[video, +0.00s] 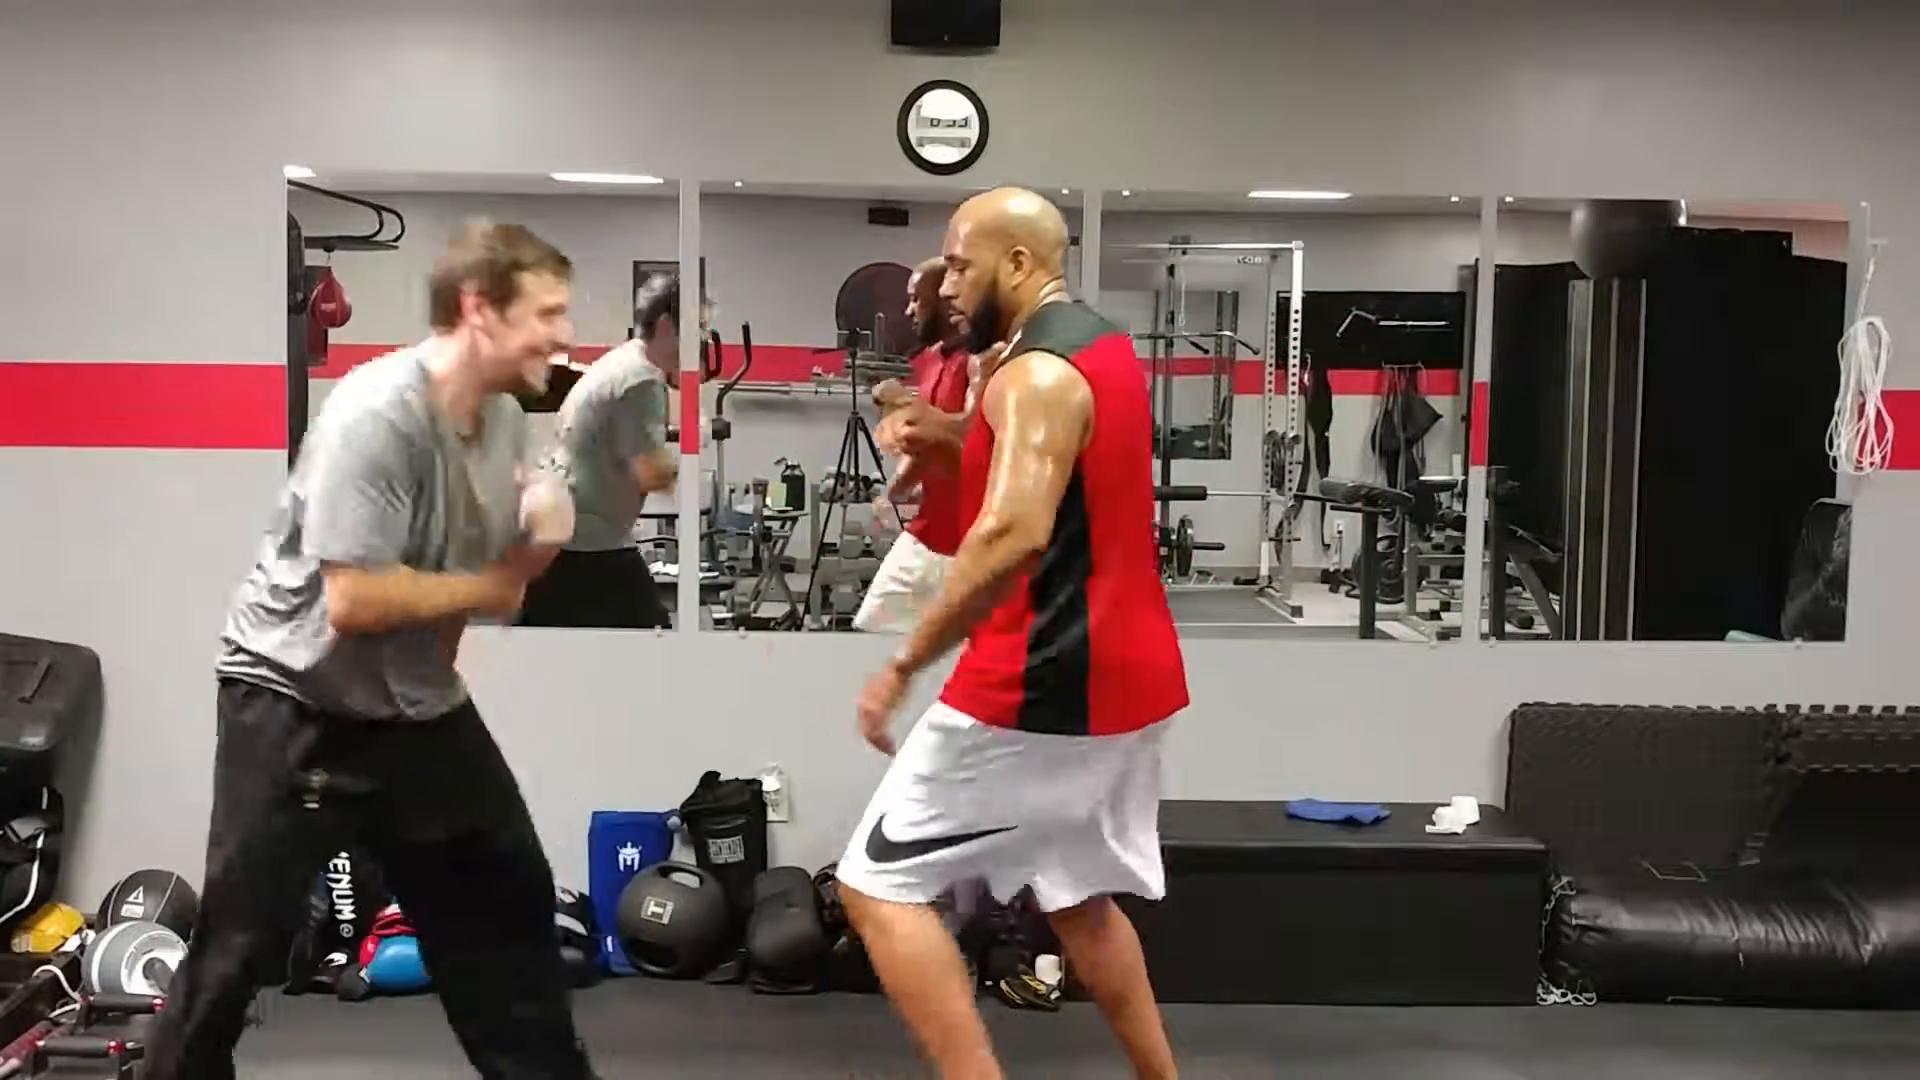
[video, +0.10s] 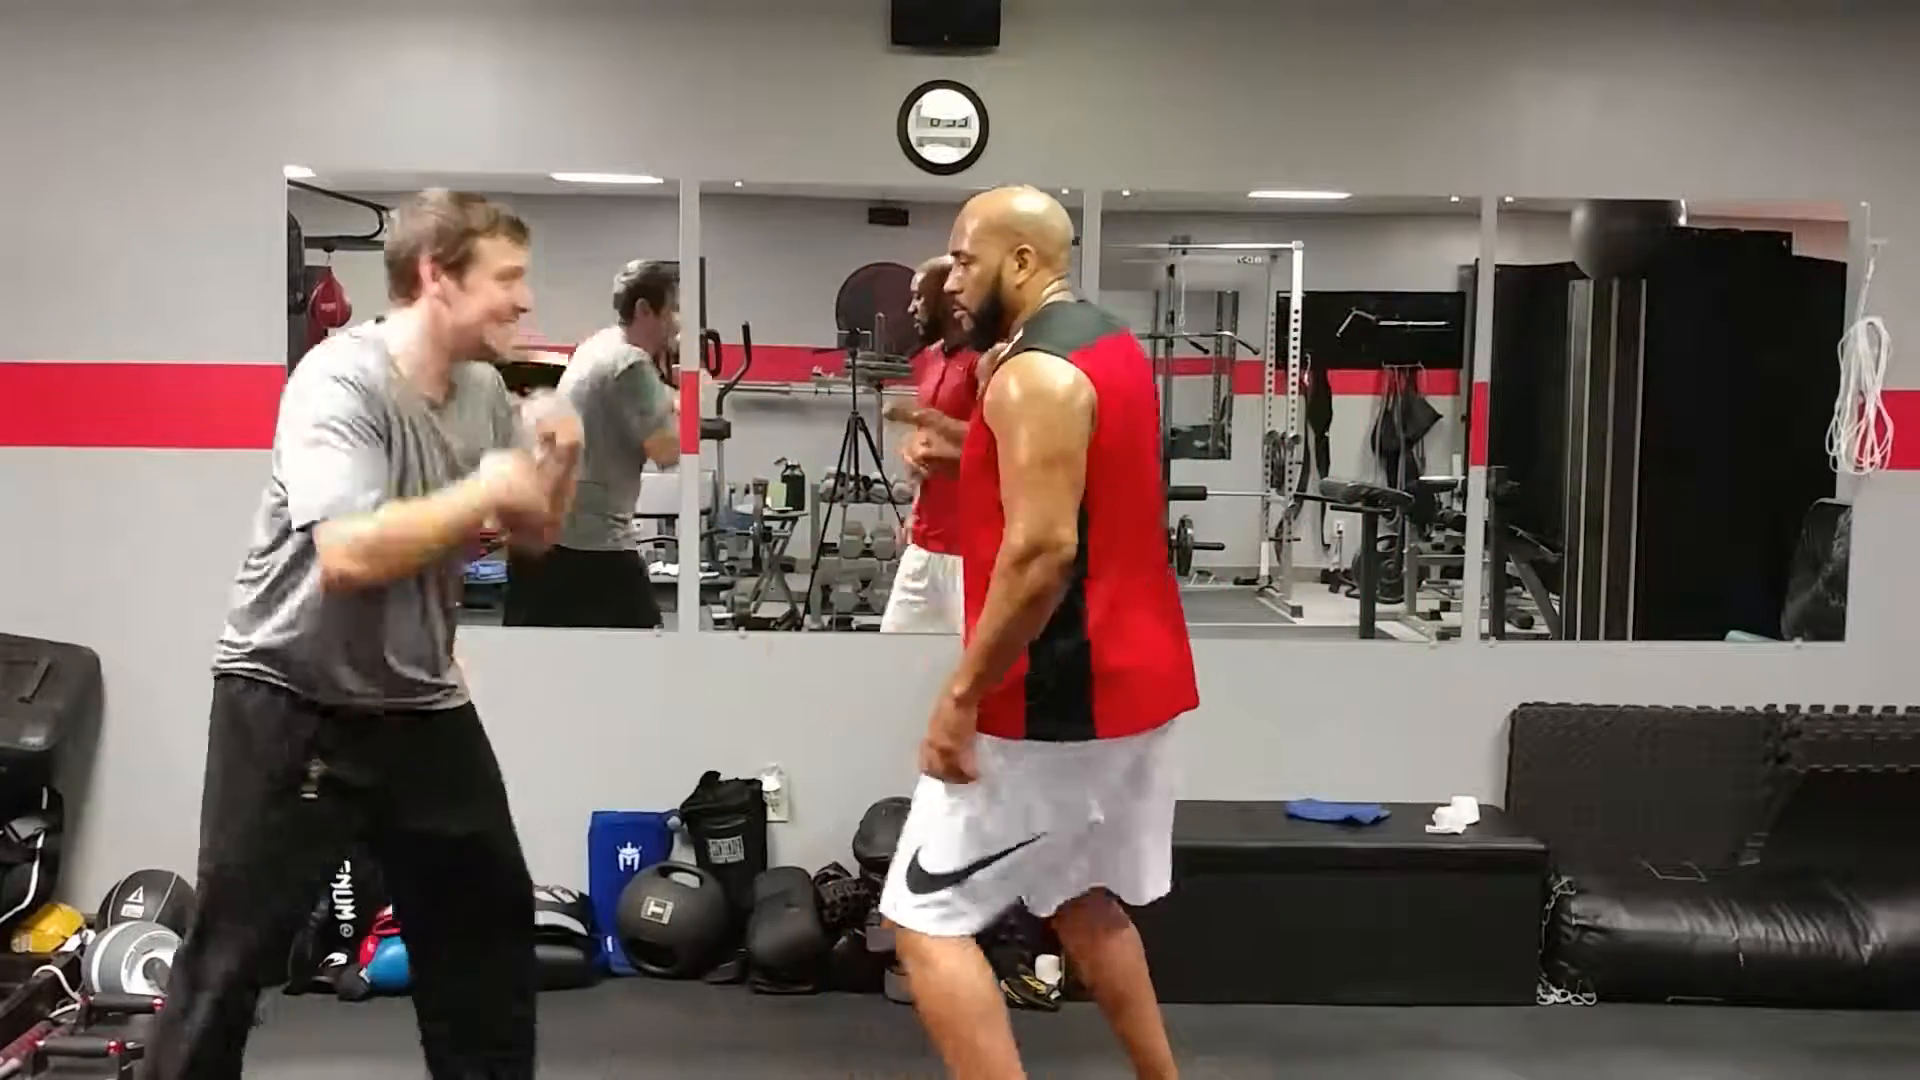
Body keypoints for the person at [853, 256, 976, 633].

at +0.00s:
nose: (909, 311)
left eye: (916, 299)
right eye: (909, 300)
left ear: (945, 300)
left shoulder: (970, 362)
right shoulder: (928, 360)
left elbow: (968, 433)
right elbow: (924, 442)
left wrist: (912, 406)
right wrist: (891, 494)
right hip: (924, 530)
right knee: (869, 633)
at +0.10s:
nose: (912, 308)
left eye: (919, 297)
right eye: (912, 298)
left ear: (951, 299)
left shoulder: (983, 362)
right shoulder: (924, 361)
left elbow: (994, 442)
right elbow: (914, 439)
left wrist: (923, 418)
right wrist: (913, 450)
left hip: (969, 546)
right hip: (924, 542)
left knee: (976, 666)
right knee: (895, 654)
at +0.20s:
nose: (907, 306)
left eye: (915, 296)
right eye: (908, 296)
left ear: (944, 301)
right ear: (935, 305)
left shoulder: (983, 361)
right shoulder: (927, 359)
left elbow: (990, 444)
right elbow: (928, 448)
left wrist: (920, 427)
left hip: (967, 544)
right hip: (928, 540)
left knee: (968, 669)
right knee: (910, 660)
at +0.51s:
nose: (933, 302)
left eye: (941, 290)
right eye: (935, 291)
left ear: (974, 291)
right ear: (971, 293)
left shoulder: (1006, 351)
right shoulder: (962, 352)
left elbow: (945, 416)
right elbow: (947, 431)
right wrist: (898, 455)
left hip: (1005, 540)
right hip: (955, 536)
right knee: (937, 661)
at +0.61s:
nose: (956, 302)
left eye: (966, 292)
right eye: (958, 292)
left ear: (997, 296)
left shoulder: (1025, 350)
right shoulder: (965, 352)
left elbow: (994, 417)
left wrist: (940, 391)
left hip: (1017, 545)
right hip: (960, 537)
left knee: (1026, 668)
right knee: (917, 651)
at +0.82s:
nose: (967, 302)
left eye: (978, 294)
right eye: (969, 294)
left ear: (1012, 298)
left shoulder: (1047, 364)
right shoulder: (952, 366)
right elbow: (932, 450)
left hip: (1026, 536)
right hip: (957, 528)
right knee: (909, 636)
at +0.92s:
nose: (952, 315)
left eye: (963, 307)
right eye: (951, 307)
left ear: (999, 316)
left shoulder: (1033, 380)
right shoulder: (926, 383)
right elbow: (886, 467)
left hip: (1020, 562)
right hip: (945, 555)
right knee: (895, 661)